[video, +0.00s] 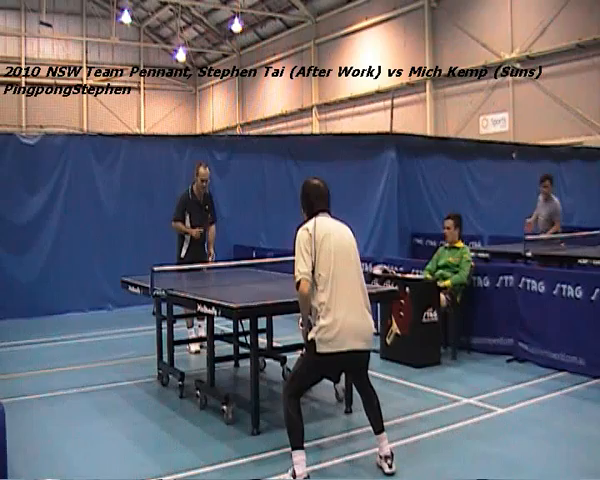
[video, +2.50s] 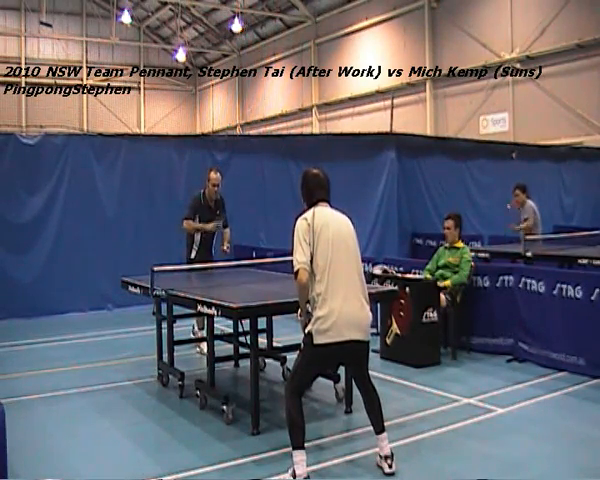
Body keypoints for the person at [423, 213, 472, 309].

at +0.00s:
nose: (445, 232)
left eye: (448, 228)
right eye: (444, 228)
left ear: (457, 230)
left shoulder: (464, 251)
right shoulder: (442, 249)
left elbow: (463, 276)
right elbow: (429, 268)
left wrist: (445, 283)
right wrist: (429, 277)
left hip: (452, 286)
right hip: (435, 282)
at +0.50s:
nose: (445, 232)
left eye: (448, 228)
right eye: (444, 228)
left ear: (457, 230)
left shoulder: (464, 251)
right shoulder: (442, 249)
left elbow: (463, 277)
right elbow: (430, 268)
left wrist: (445, 283)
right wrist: (428, 277)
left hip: (453, 285)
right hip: (436, 282)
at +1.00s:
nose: (445, 232)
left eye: (448, 228)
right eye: (444, 228)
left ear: (457, 230)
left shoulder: (464, 251)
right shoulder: (441, 249)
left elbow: (463, 276)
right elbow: (429, 268)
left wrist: (445, 283)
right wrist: (428, 277)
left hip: (454, 285)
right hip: (436, 282)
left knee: (441, 298)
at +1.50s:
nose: (445, 232)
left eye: (448, 228)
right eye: (444, 228)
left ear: (457, 230)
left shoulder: (464, 251)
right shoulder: (442, 249)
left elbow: (463, 277)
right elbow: (429, 268)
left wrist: (445, 283)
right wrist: (428, 277)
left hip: (452, 286)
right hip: (435, 282)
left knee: (440, 298)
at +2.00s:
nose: (445, 232)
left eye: (448, 229)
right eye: (444, 229)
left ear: (457, 230)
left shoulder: (464, 251)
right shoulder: (442, 249)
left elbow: (463, 276)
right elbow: (429, 267)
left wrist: (445, 283)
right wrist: (428, 277)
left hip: (453, 284)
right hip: (436, 281)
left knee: (442, 298)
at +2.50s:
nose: (445, 232)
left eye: (448, 229)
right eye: (444, 229)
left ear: (457, 230)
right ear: (443, 230)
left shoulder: (464, 251)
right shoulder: (442, 249)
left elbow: (463, 276)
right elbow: (430, 267)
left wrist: (446, 283)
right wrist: (428, 277)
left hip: (452, 284)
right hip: (436, 281)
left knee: (442, 298)